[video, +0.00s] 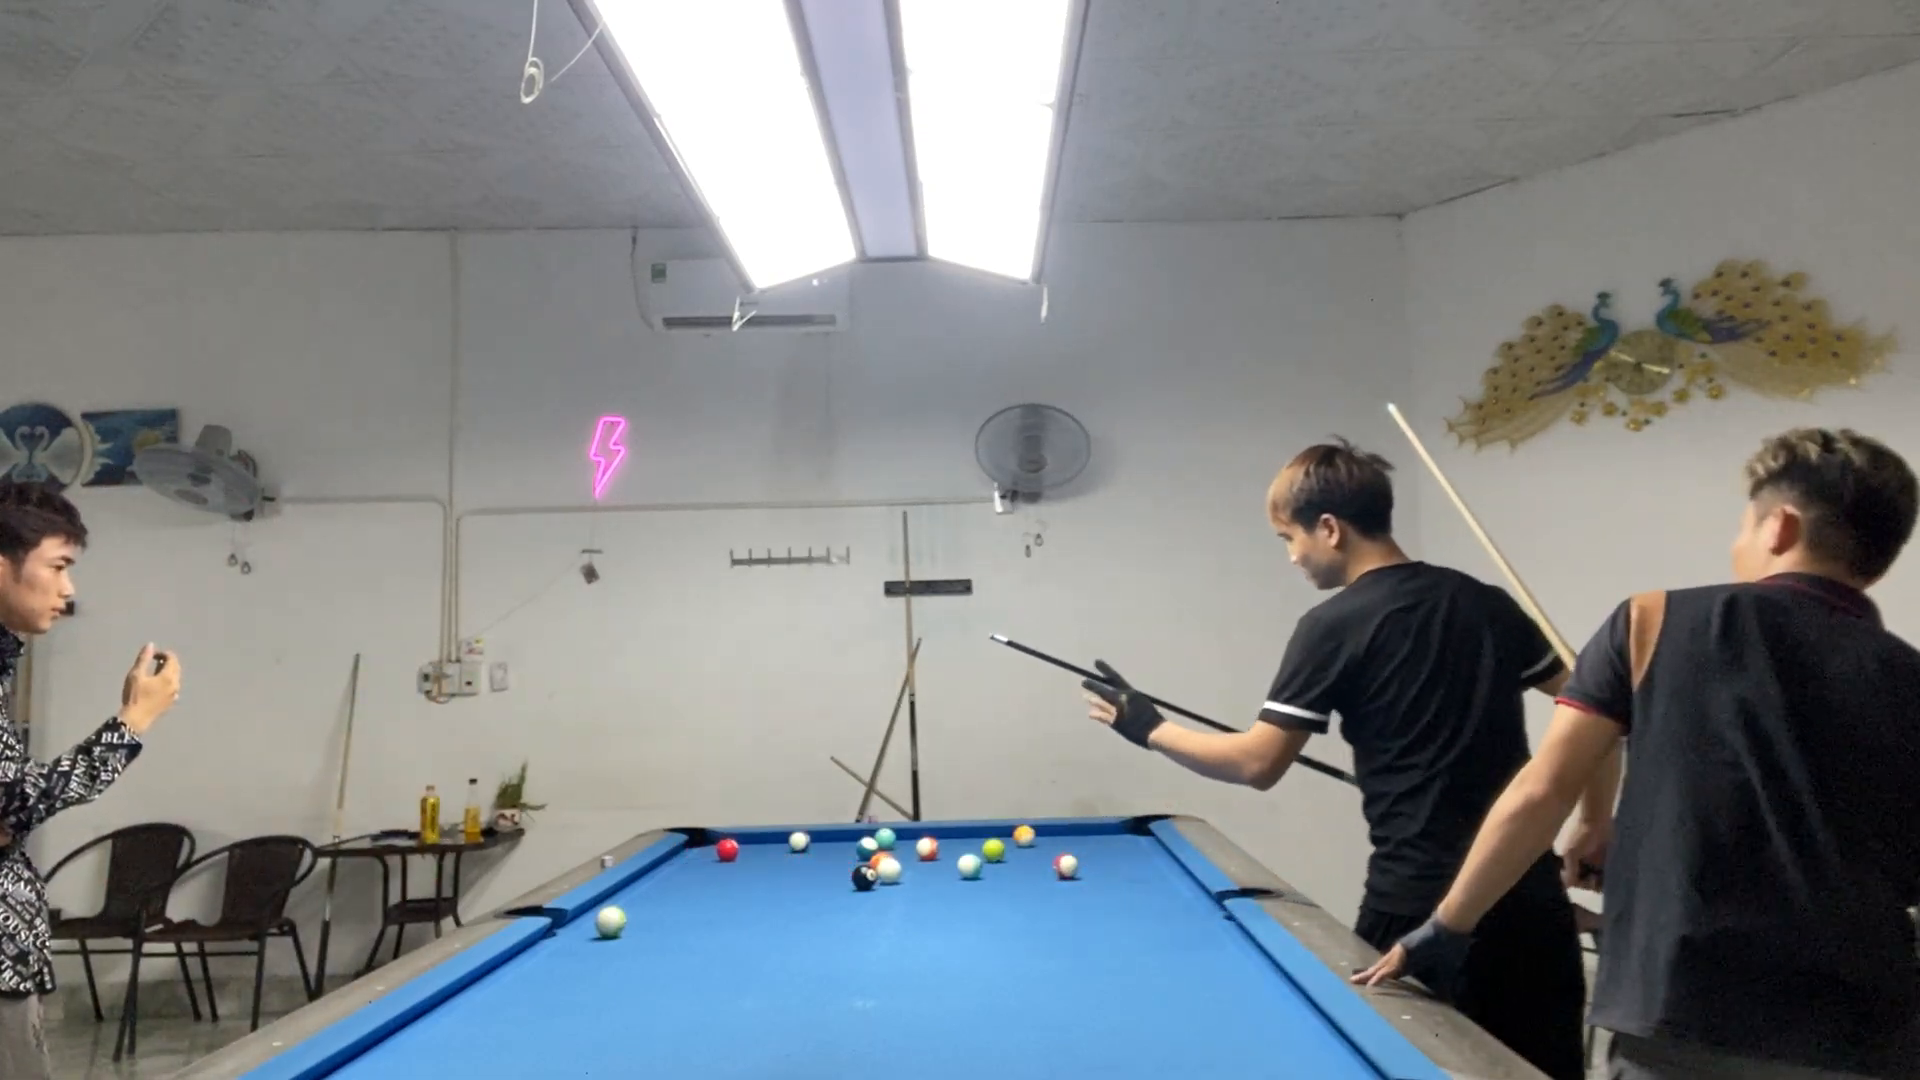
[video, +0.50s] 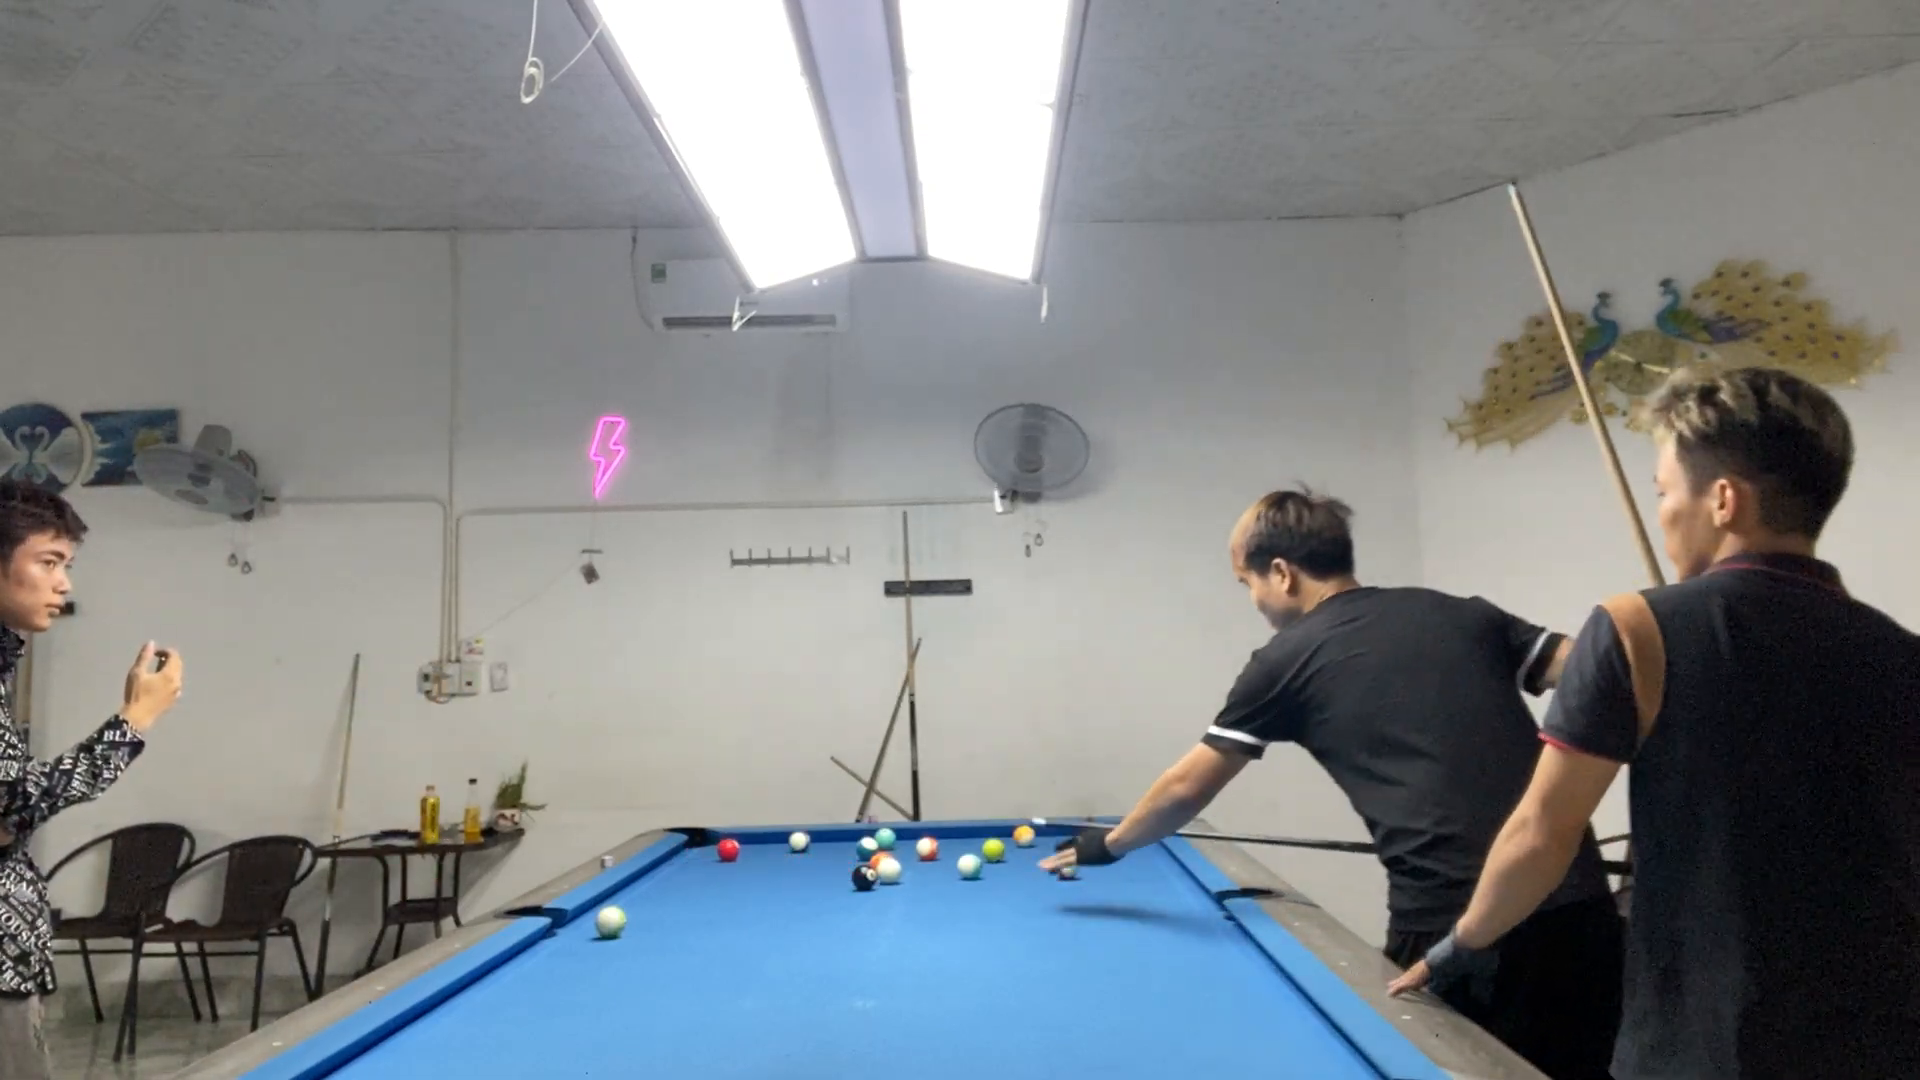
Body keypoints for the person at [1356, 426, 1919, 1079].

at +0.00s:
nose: (1737, 550)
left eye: (1745, 524)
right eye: (1743, 525)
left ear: (1781, 530)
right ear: (1874, 563)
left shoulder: (1654, 623)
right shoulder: (1909, 681)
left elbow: (1541, 794)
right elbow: (1909, 885)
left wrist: (1445, 928)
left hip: (1670, 1029)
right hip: (1861, 1041)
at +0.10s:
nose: (1727, 540)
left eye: (1734, 517)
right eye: (1731, 517)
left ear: (1775, 520)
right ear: (1865, 547)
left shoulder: (1654, 623)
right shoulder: (1908, 672)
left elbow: (1541, 797)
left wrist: (1444, 929)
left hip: (1675, 1034)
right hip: (1867, 1044)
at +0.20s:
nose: (1714, 529)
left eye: (1721, 506)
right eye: (1716, 508)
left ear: (1766, 511)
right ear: (1856, 531)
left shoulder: (1653, 623)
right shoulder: (1907, 663)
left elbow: (1536, 804)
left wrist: (1440, 928)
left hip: (1678, 1040)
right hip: (1871, 1044)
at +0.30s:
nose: (1698, 524)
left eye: (1704, 499)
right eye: (1699, 501)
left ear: (1756, 505)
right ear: (1849, 517)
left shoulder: (1651, 625)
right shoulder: (1904, 656)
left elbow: (1536, 806)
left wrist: (1432, 928)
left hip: (1686, 1044)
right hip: (1870, 1046)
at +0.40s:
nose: (1683, 514)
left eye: (1688, 492)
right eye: (1682, 493)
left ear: (1743, 502)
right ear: (1832, 508)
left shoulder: (1648, 627)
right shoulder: (1902, 652)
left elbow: (1533, 815)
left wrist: (1437, 933)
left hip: (1697, 1047)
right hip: (1876, 1046)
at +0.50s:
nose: (1659, 514)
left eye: (1665, 490)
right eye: (1658, 491)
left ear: (1724, 501)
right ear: (1815, 505)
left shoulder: (1638, 632)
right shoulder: (1901, 653)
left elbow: (1542, 831)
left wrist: (1464, 944)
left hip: (1696, 1050)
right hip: (1879, 1046)